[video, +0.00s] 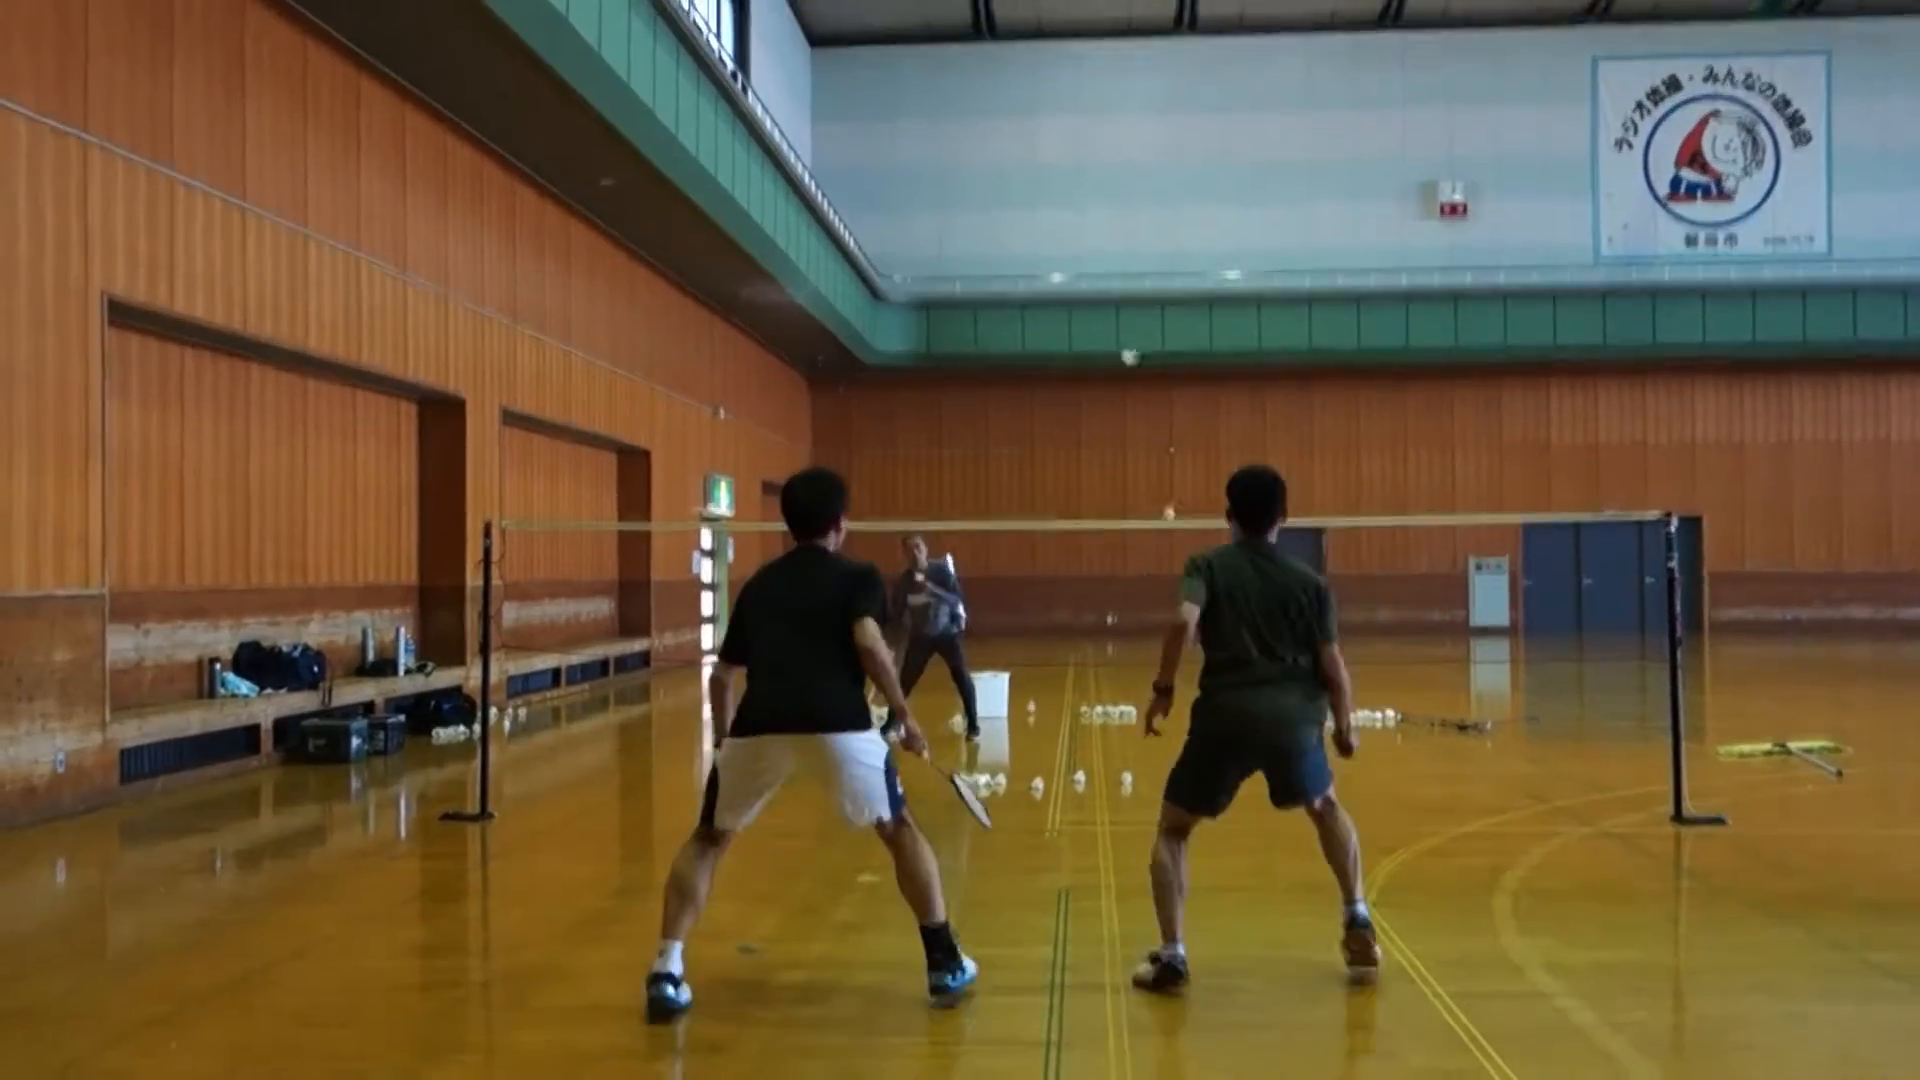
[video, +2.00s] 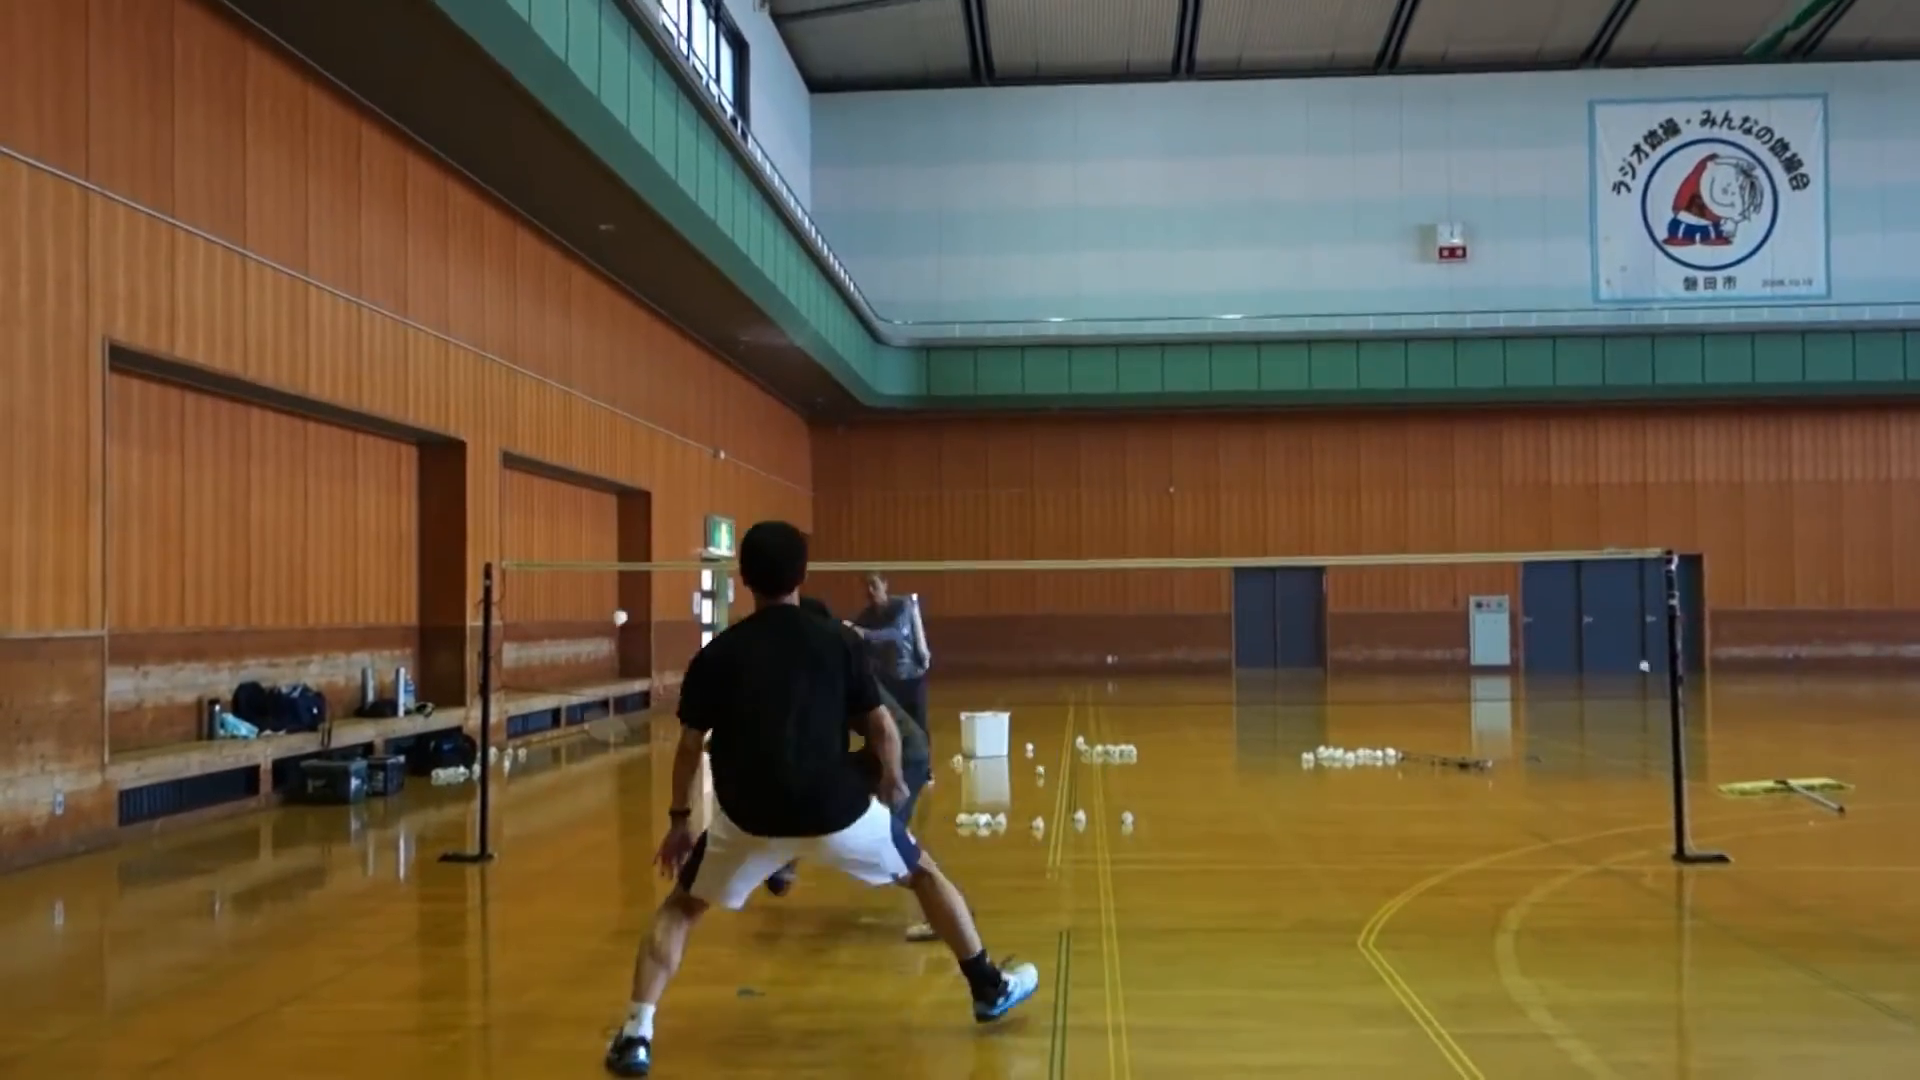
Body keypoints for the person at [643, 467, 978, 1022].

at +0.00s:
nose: (845, 528)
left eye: (841, 521)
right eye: (845, 521)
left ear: (788, 525)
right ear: (839, 524)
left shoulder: (759, 583)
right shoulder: (857, 576)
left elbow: (722, 676)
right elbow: (867, 642)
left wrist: (724, 744)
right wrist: (902, 712)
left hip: (762, 725)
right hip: (841, 724)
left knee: (707, 842)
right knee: (899, 831)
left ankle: (666, 971)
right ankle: (944, 960)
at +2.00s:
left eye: (750, 565)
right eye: (797, 566)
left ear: (744, 576)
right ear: (803, 574)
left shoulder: (717, 653)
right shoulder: (837, 640)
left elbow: (689, 746)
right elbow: (882, 728)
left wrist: (680, 820)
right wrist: (891, 780)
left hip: (746, 817)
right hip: (836, 812)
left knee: (682, 906)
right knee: (923, 873)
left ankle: (636, 1032)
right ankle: (987, 984)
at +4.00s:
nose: (1059, 509)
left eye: (1057, 503)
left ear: (1058, 508)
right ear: (1102, 509)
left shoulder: (1044, 564)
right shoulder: (1128, 559)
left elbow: (1027, 634)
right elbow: (1155, 619)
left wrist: (1007, 694)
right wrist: (1141, 658)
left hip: (1063, 680)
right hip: (1122, 680)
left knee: (1008, 759)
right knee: (1152, 766)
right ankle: (1164, 862)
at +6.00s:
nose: (1085, 515)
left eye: (1085, 506)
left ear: (1085, 511)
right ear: (1137, 511)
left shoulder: (1069, 571)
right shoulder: (1175, 567)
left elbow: (1058, 645)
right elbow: (1235, 627)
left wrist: (1061, 719)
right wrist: (1259, 696)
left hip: (1131, 705)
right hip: (1202, 701)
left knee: (1060, 816)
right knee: (1234, 799)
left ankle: (1098, 943)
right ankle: (1279, 906)